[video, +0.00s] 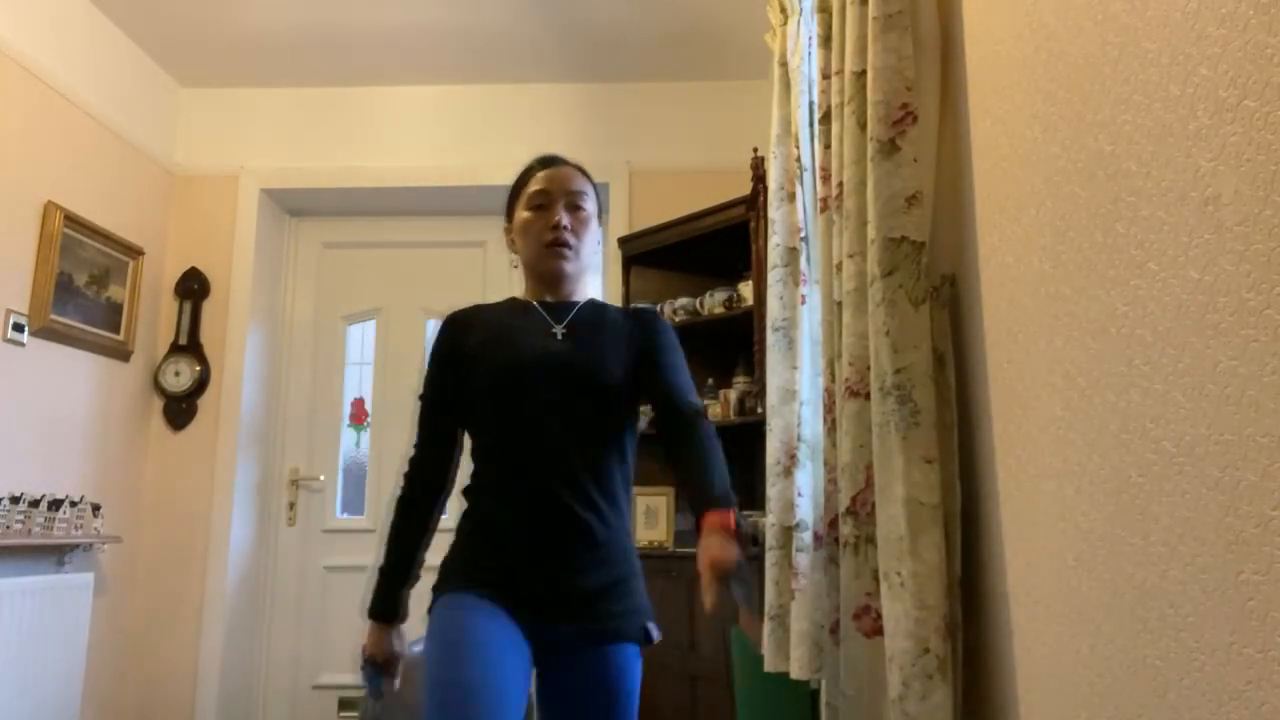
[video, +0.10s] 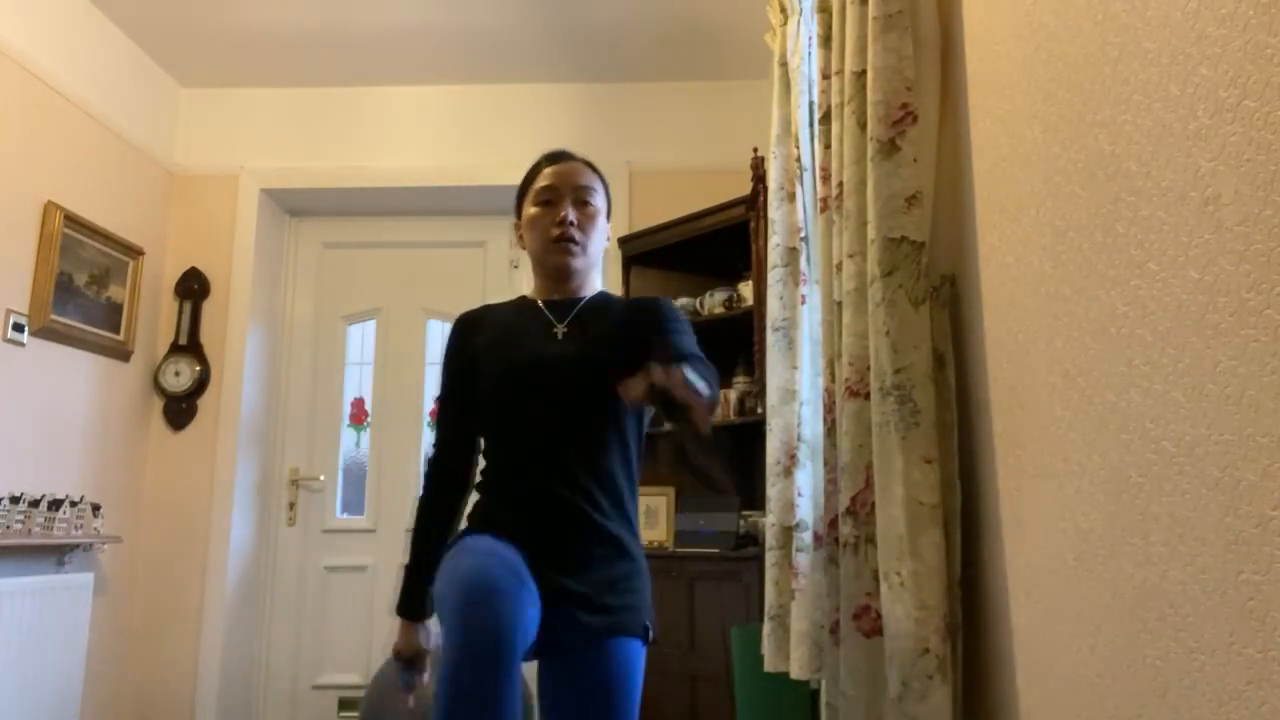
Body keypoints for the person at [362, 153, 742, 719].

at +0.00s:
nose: (559, 217)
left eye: (577, 205)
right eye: (539, 204)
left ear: (599, 234)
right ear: (512, 235)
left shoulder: (641, 331)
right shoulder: (468, 332)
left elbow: (687, 423)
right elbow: (429, 477)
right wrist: (385, 612)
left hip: (600, 591)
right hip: (485, 588)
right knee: (468, 707)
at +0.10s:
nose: (565, 213)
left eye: (584, 202)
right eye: (546, 200)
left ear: (608, 232)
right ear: (520, 232)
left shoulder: (645, 319)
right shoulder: (479, 330)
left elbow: (702, 386)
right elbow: (450, 471)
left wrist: (676, 382)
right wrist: (413, 610)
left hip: (603, 565)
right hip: (500, 548)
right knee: (484, 600)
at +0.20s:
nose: (570, 211)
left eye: (589, 200)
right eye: (551, 198)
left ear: (613, 226)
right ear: (524, 228)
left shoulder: (637, 321)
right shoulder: (483, 331)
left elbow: (676, 343)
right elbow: (458, 472)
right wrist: (431, 610)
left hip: (603, 595)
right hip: (498, 593)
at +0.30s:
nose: (573, 249)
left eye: (593, 231)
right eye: (561, 232)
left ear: (621, 244)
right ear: (527, 240)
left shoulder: (642, 335)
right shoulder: (481, 343)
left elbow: (651, 316)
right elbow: (458, 477)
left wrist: (605, 235)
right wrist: (436, 622)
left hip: (607, 598)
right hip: (498, 596)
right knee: (516, 472)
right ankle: (534, 334)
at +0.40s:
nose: (558, 221)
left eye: (576, 209)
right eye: (545, 210)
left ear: (604, 230)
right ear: (524, 228)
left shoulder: (636, 331)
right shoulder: (480, 343)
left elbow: (654, 316)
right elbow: (455, 485)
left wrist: (604, 235)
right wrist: (434, 627)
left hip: (606, 599)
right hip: (497, 599)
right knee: (503, 500)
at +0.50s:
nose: (568, 218)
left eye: (587, 206)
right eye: (549, 204)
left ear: (609, 236)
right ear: (521, 231)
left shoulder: (630, 326)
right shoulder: (478, 333)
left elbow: (674, 349)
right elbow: (453, 471)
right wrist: (425, 605)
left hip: (604, 582)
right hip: (497, 573)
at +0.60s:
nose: (565, 213)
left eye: (582, 202)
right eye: (546, 198)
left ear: (604, 230)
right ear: (516, 224)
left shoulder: (639, 319)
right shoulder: (471, 327)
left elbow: (678, 360)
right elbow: (442, 467)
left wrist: (686, 395)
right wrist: (404, 605)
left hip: (602, 568)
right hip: (492, 555)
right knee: (491, 703)